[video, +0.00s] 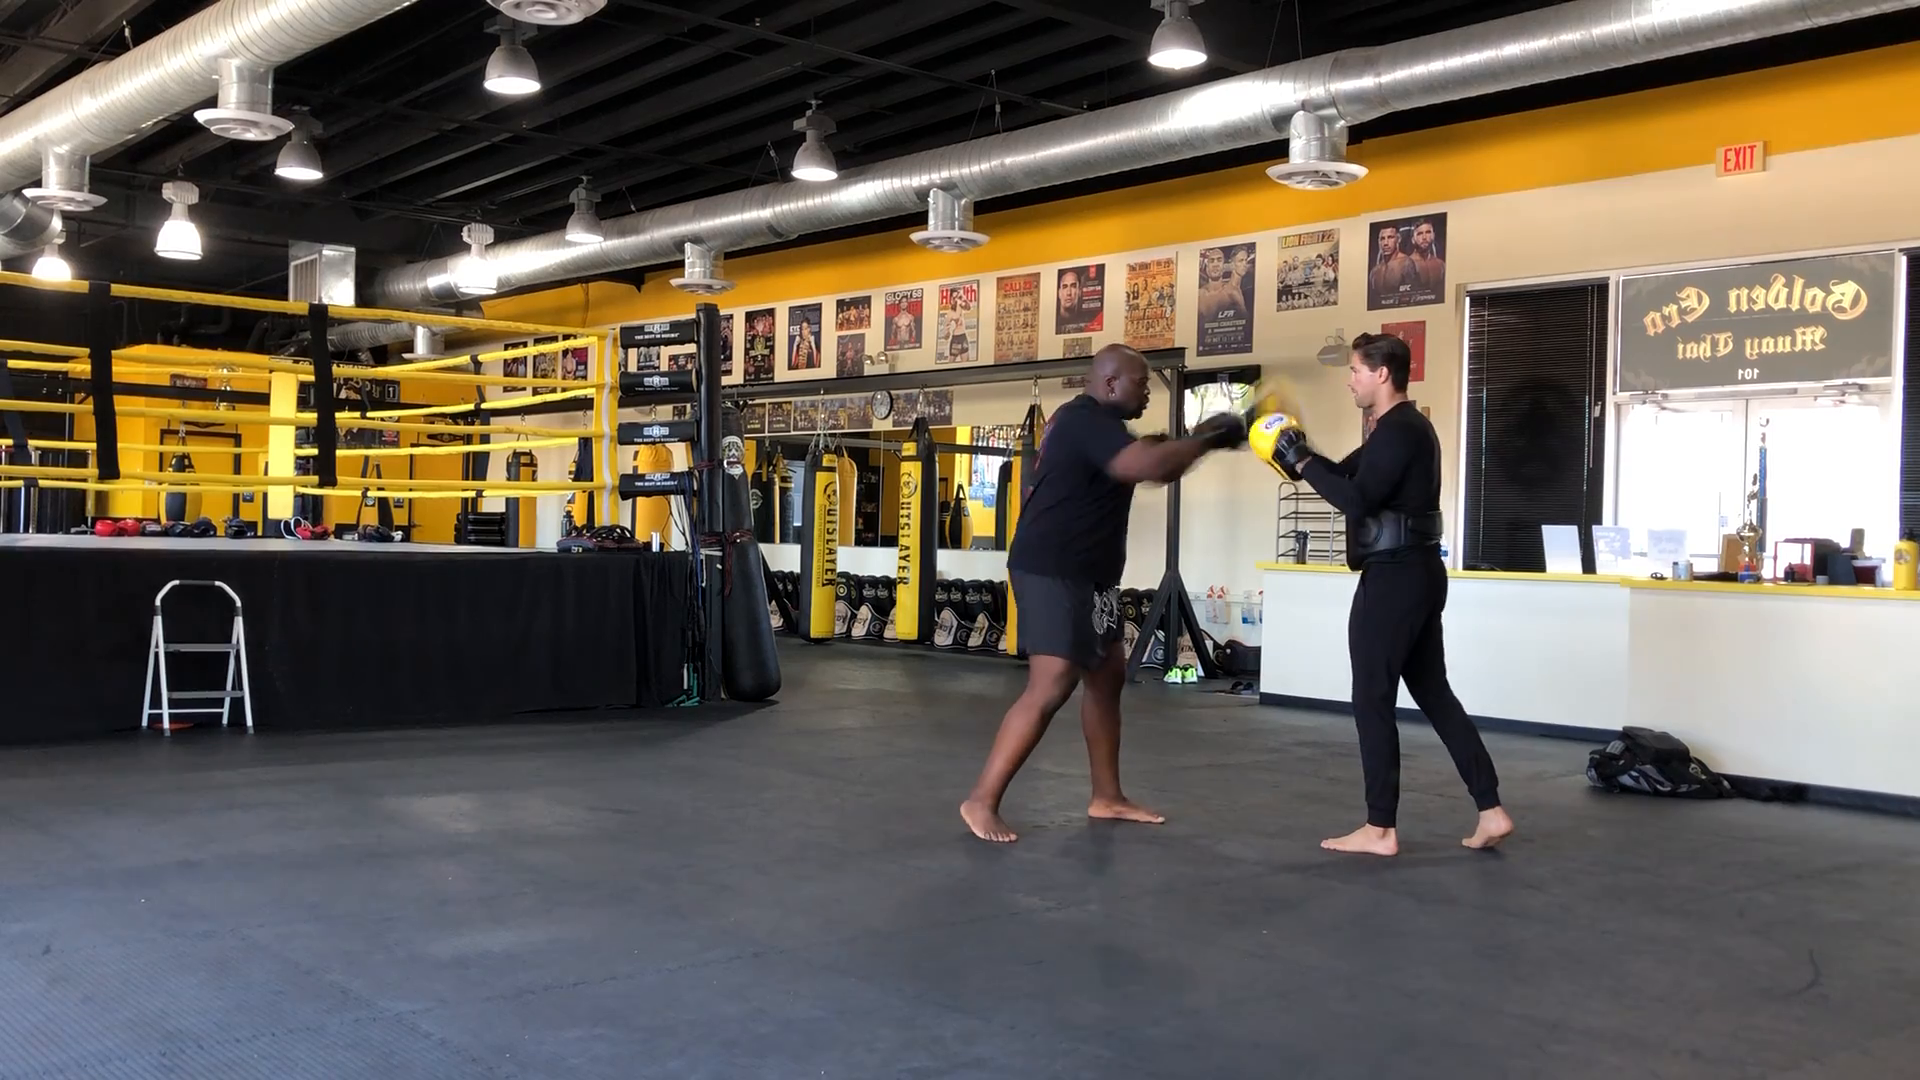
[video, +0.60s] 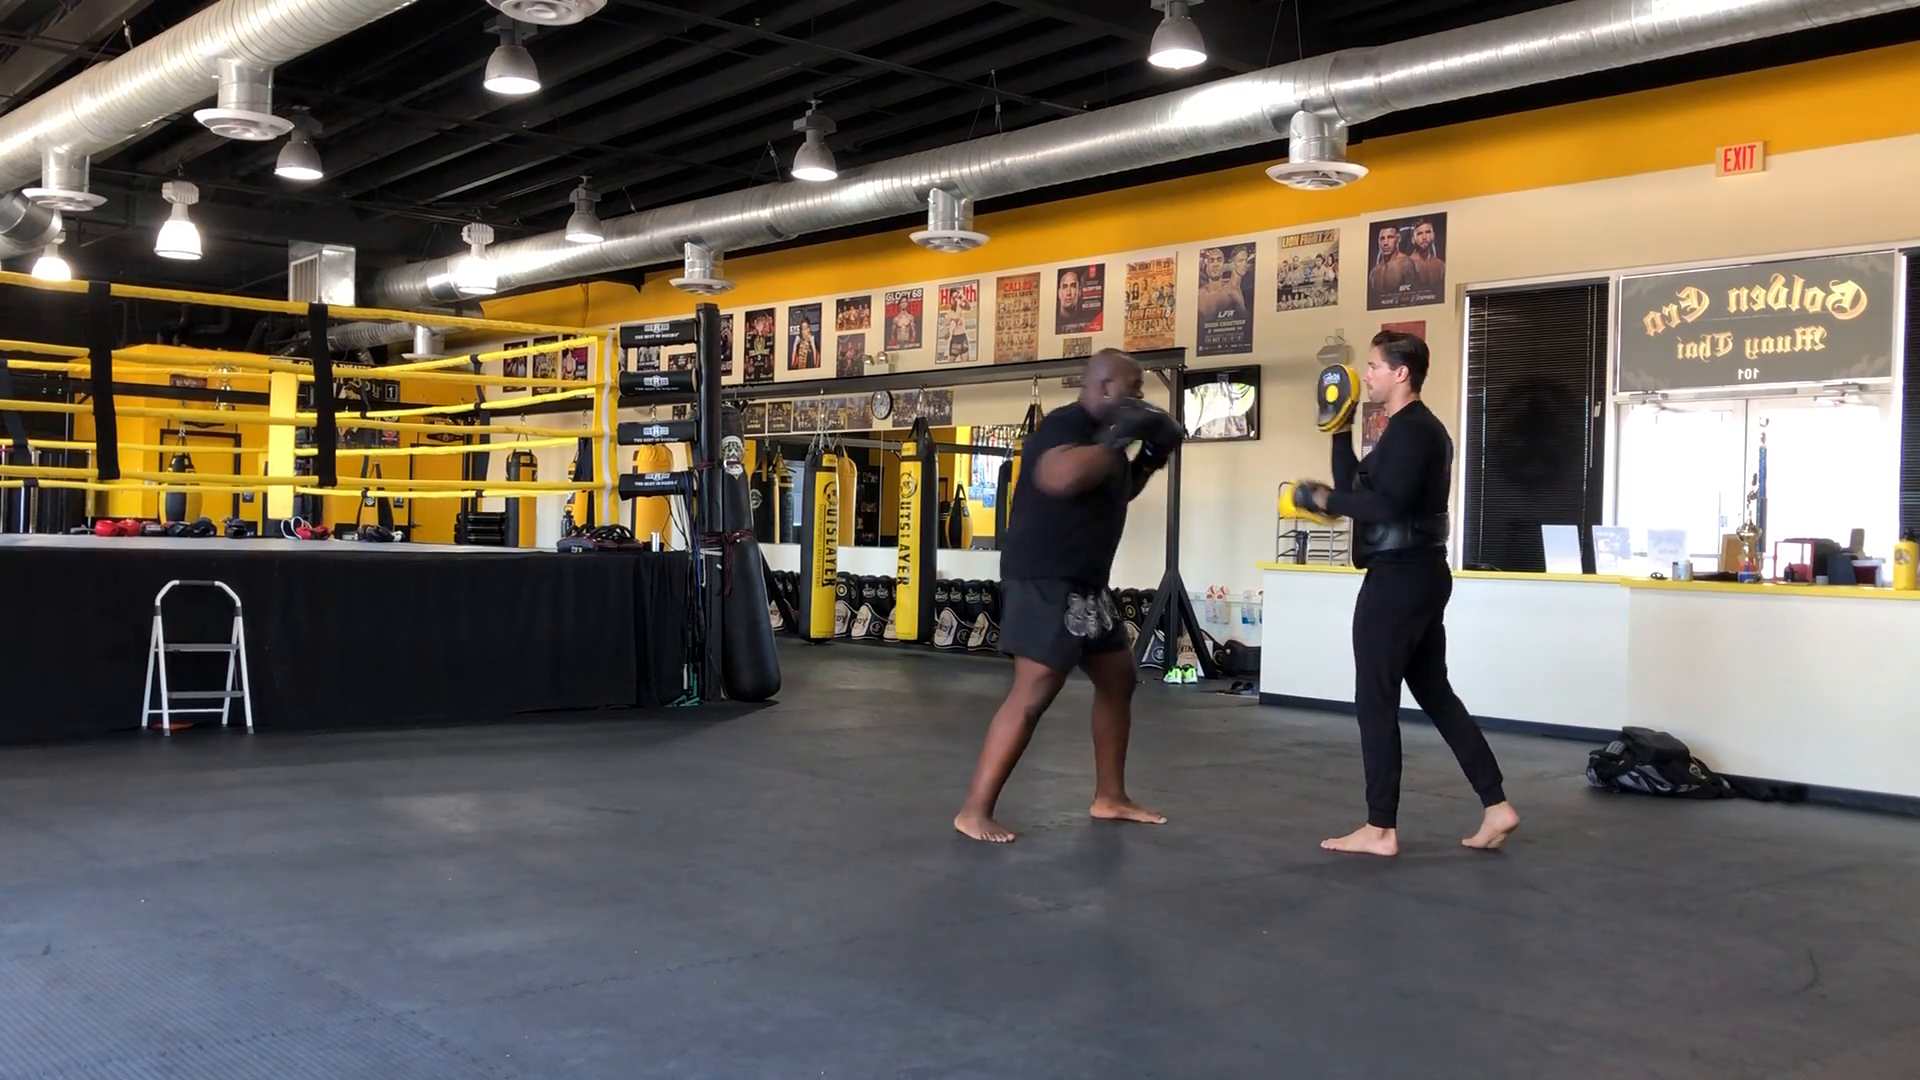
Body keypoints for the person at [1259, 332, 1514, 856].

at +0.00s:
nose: (1349, 382)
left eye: (1356, 372)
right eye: (1350, 373)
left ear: (1383, 375)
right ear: (1387, 375)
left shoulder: (1395, 430)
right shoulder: (1404, 425)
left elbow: (1357, 501)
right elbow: (1347, 478)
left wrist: (1301, 460)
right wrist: (1298, 457)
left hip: (1390, 579)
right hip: (1419, 576)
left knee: (1371, 702)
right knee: (1435, 695)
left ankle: (1380, 829)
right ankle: (1491, 811)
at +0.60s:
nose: (1365, 375)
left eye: (1374, 367)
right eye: (1367, 366)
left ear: (1402, 375)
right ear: (1403, 376)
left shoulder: (1409, 429)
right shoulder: (1415, 427)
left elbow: (1389, 505)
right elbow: (1352, 492)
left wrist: (1328, 501)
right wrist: (1337, 429)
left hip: (1395, 579)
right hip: (1423, 575)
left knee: (1374, 702)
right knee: (1433, 691)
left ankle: (1380, 828)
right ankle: (1496, 806)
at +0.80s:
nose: (1386, 380)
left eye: (1394, 371)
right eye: (1387, 371)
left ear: (1424, 377)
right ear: (1421, 378)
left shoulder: (1436, 433)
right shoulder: (1423, 429)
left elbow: (1432, 515)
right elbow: (1373, 482)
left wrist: (1363, 545)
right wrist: (1336, 434)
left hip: (1412, 583)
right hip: (1430, 580)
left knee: (1382, 703)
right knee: (1447, 697)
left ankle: (1380, 828)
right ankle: (1509, 809)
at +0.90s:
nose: (1404, 381)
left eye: (1411, 373)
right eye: (1404, 373)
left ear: (1439, 376)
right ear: (1441, 377)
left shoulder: (1445, 434)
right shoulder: (1462, 430)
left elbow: (1430, 512)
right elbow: (1414, 492)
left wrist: (1369, 559)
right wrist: (1370, 450)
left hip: (1419, 584)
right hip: (1452, 584)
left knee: (1387, 702)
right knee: (1463, 699)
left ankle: (1380, 828)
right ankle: (1512, 818)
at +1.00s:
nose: (1421, 388)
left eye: (1427, 379)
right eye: (1421, 378)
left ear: (1456, 381)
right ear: (1460, 385)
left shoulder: (1455, 435)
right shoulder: (1492, 435)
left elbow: (1432, 512)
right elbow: (1442, 491)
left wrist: (1387, 569)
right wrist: (1404, 454)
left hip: (1433, 582)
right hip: (1472, 582)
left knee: (1393, 700)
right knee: (1481, 703)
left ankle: (1382, 827)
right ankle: (1515, 827)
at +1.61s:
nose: (1465, 383)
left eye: (1471, 373)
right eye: (1466, 373)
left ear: (1498, 376)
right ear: (1505, 379)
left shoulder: (1494, 432)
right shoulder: (1553, 436)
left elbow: (1481, 511)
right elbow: (1578, 522)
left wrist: (1455, 583)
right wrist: (1549, 575)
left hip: (1495, 583)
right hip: (1540, 584)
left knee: (1478, 705)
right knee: (1527, 703)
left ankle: (1522, 834)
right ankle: (1522, 826)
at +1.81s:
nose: (1466, 382)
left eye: (1471, 372)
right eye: (1467, 372)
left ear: (1499, 375)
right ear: (1506, 377)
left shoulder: (1498, 431)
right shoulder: (1557, 431)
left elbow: (1482, 513)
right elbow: (1587, 516)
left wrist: (1453, 579)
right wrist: (1551, 559)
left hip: (1506, 577)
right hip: (1549, 577)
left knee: (1512, 709)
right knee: (1523, 705)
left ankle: (1528, 843)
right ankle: (1520, 826)